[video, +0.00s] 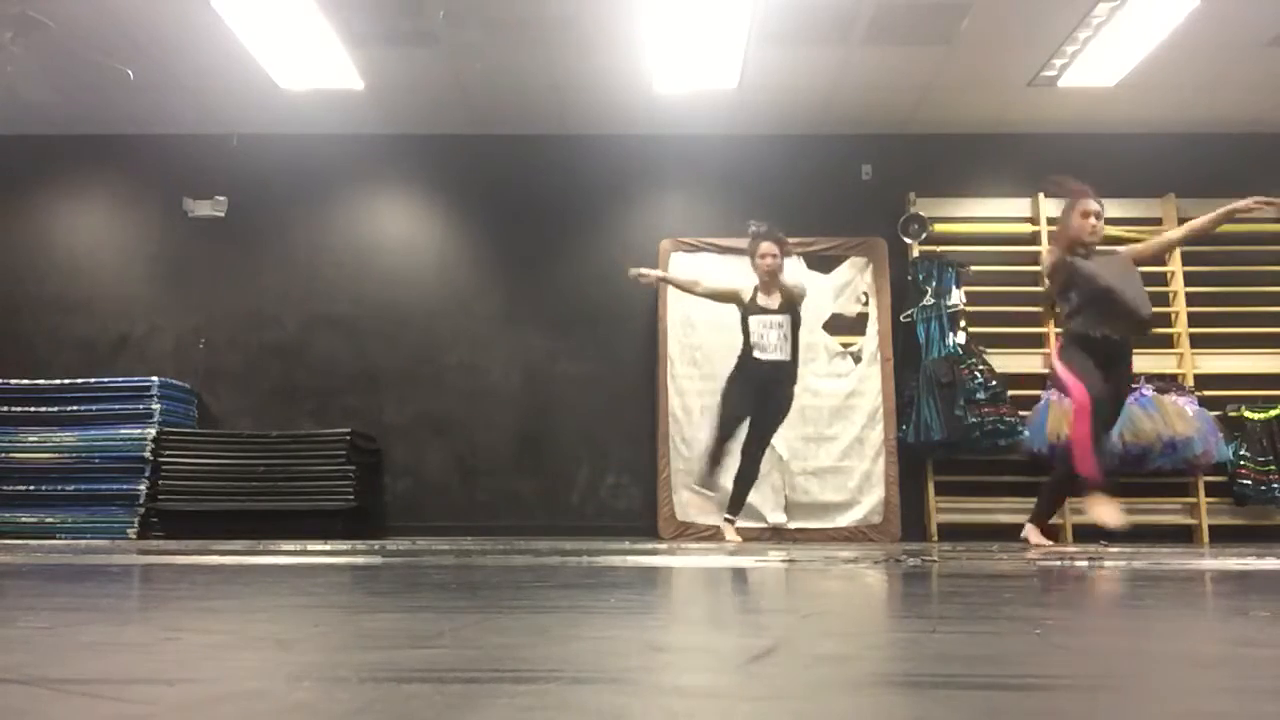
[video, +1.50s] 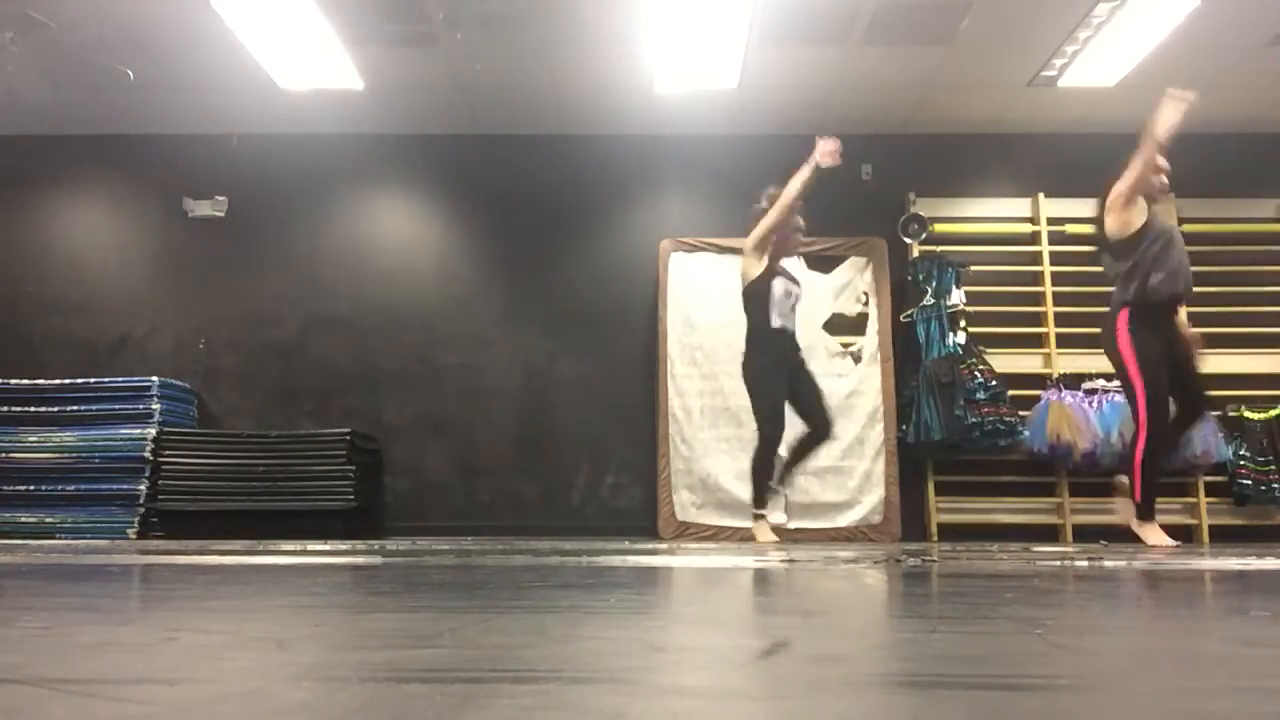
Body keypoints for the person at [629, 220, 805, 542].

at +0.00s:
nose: (769, 262)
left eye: (774, 256)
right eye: (763, 256)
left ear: (783, 260)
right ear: (753, 262)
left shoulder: (794, 296)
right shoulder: (744, 297)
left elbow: (796, 292)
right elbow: (698, 288)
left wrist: (779, 276)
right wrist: (661, 276)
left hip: (780, 387)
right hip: (746, 380)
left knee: (754, 452)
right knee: (725, 431)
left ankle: (730, 520)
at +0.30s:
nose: (799, 271)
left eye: (804, 265)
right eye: (792, 265)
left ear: (809, 271)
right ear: (779, 271)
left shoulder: (825, 308)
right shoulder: (768, 307)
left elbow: (839, 350)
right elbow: (723, 297)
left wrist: (804, 380)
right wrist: (697, 267)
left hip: (820, 392)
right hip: (783, 391)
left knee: (844, 457)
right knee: (778, 453)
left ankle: (812, 488)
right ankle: (777, 525)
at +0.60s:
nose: (861, 275)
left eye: (866, 269)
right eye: (854, 270)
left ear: (873, 273)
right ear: (841, 276)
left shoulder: (890, 294)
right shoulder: (838, 314)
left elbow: (943, 294)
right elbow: (836, 358)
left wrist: (996, 302)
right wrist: (851, 362)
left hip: (892, 394)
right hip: (854, 395)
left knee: (936, 455)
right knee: (824, 457)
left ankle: (970, 530)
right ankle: (775, 522)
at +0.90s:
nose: (904, 289)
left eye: (908, 282)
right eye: (895, 282)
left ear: (914, 289)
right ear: (879, 289)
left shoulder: (900, 327)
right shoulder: (873, 316)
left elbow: (900, 372)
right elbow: (830, 329)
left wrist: (937, 378)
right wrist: (833, 349)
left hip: (891, 412)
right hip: (854, 411)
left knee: (946, 458)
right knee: (812, 457)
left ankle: (972, 531)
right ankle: (781, 526)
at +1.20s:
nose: (812, 295)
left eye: (819, 288)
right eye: (808, 289)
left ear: (836, 291)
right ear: (803, 293)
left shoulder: (855, 330)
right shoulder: (797, 323)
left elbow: (878, 370)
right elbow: (750, 313)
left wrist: (888, 413)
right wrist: (709, 300)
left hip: (859, 418)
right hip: (819, 418)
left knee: (912, 471)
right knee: (783, 454)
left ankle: (965, 526)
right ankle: (778, 528)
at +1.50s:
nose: (800, 238)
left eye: (802, 232)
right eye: (794, 231)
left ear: (796, 234)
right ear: (774, 227)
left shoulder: (786, 268)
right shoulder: (754, 256)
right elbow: (782, 205)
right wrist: (814, 161)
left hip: (790, 357)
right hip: (761, 359)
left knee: (820, 427)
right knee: (770, 435)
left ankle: (779, 480)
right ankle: (759, 518)